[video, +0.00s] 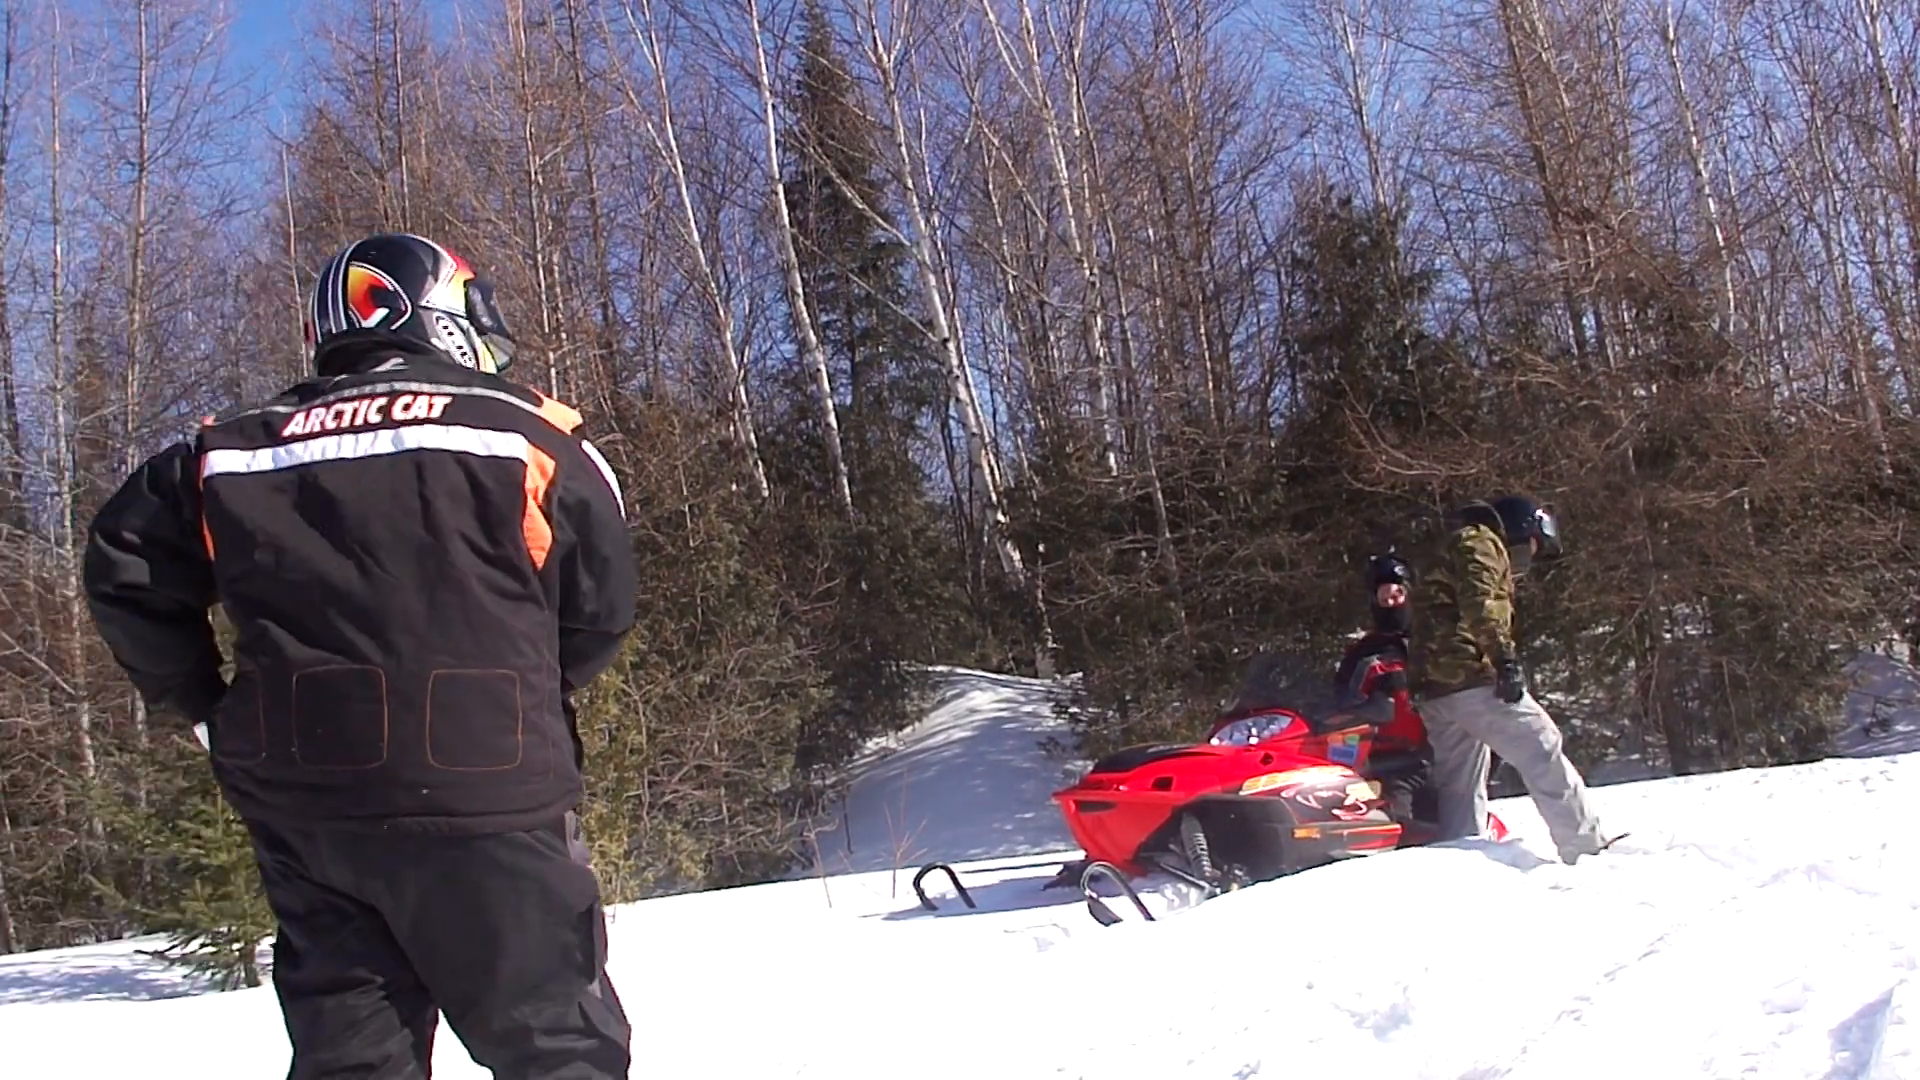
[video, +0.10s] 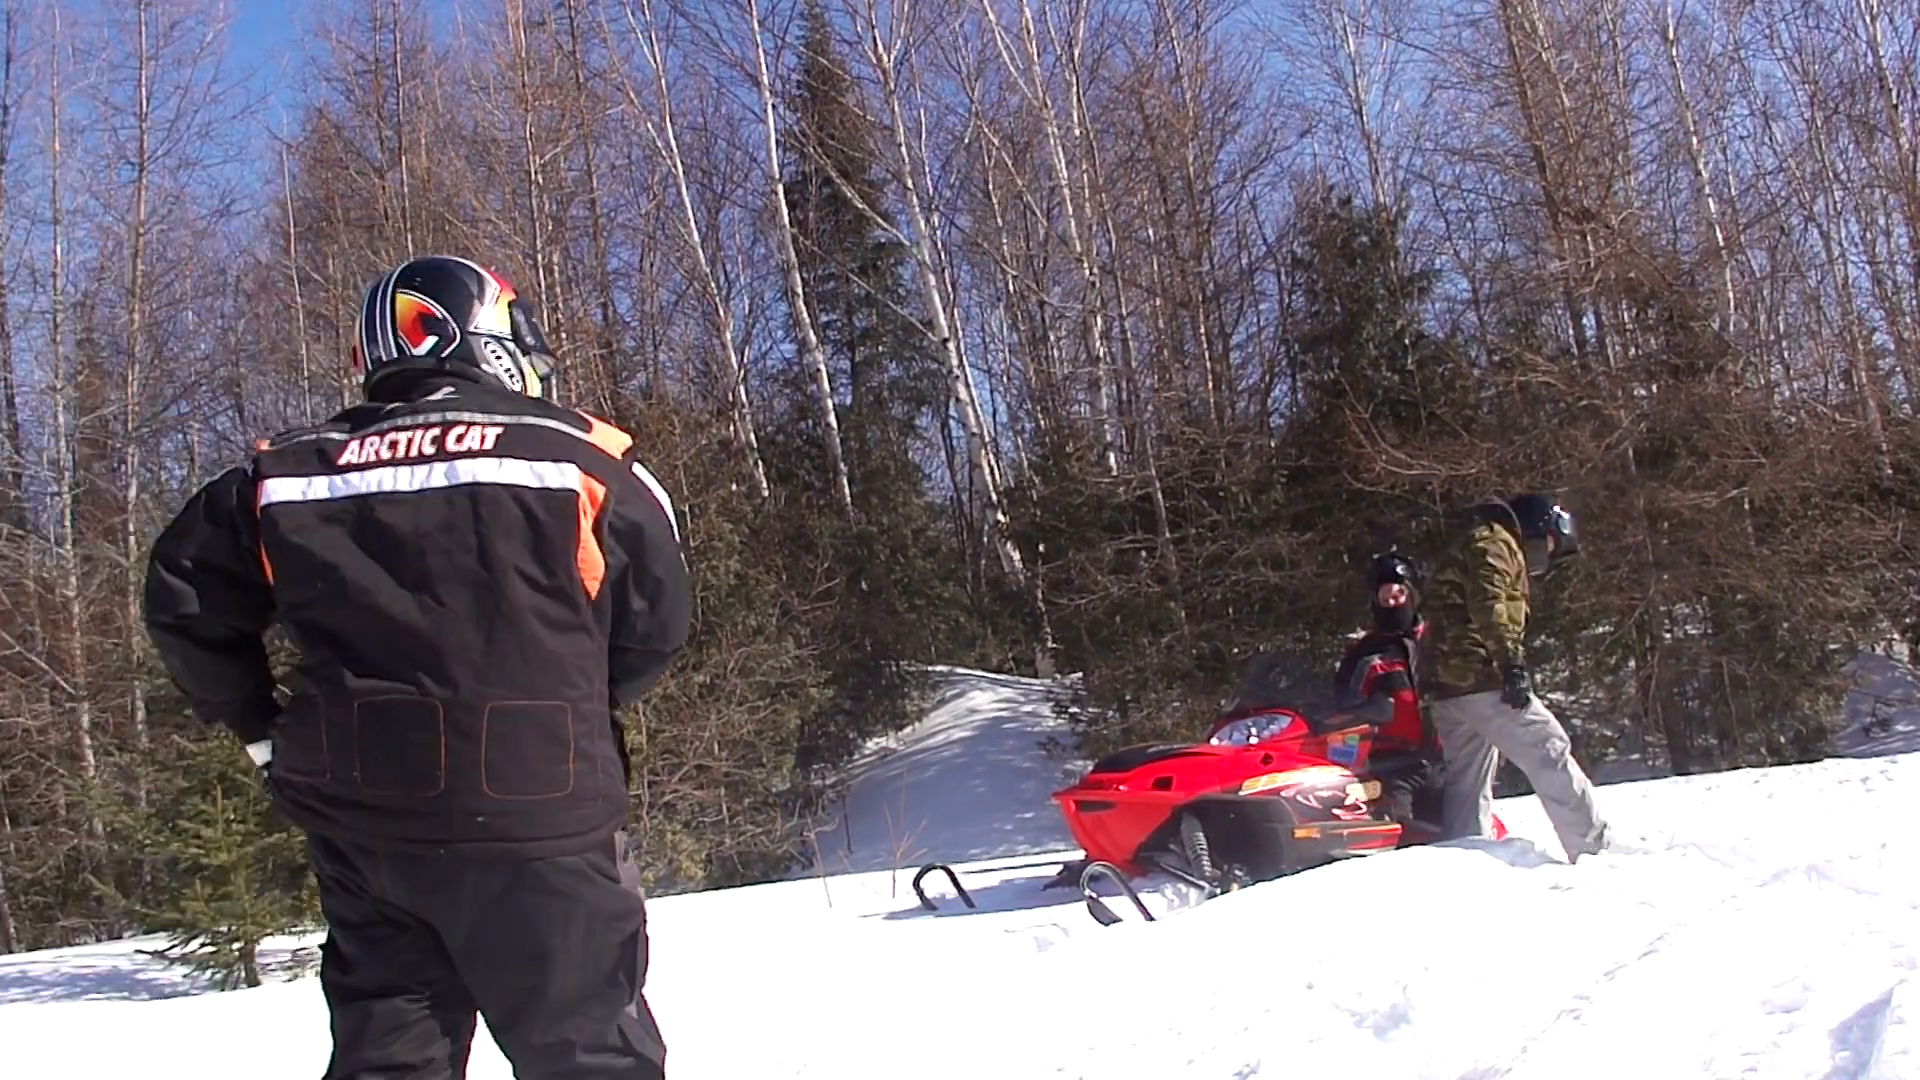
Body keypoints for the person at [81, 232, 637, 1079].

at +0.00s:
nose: (494, 337)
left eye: (488, 317)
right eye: (481, 316)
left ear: (326, 330)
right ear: (454, 320)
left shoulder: (226, 446)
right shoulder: (536, 438)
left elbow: (121, 563)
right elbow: (602, 611)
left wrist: (207, 704)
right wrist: (524, 685)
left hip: (305, 824)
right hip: (489, 814)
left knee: (348, 1055)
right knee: (558, 1048)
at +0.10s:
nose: (539, 358)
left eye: (532, 339)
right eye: (527, 338)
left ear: (374, 355)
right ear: (501, 343)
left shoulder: (284, 468)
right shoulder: (585, 455)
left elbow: (183, 593)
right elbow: (656, 624)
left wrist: (262, 726)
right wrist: (576, 696)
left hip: (359, 829)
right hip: (537, 828)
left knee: (387, 1042)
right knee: (590, 1048)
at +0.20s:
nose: (588, 375)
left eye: (581, 357)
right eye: (578, 356)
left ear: (427, 377)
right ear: (556, 363)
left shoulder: (341, 494)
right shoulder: (642, 479)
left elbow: (256, 627)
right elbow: (698, 646)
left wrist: (330, 753)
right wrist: (611, 701)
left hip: (426, 849)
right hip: (601, 845)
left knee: (443, 1047)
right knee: (648, 1050)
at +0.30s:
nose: (624, 372)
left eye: (617, 355)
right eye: (614, 355)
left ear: (474, 372)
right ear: (594, 362)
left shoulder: (382, 494)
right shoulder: (679, 477)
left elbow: (314, 632)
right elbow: (733, 635)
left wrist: (390, 754)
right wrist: (643, 698)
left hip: (467, 835)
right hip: (638, 826)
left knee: (514, 1035)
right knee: (663, 1047)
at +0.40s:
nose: (647, 371)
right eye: (637, 357)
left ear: (502, 376)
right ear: (620, 362)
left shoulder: (424, 490)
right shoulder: (710, 473)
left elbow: (355, 631)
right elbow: (759, 624)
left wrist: (433, 745)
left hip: (512, 824)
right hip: (671, 818)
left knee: (568, 1006)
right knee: (665, 1033)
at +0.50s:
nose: (670, 382)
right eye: (662, 368)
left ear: (529, 388)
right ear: (645, 374)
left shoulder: (461, 498)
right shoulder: (737, 485)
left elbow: (391, 629)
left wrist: (455, 754)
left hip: (543, 812)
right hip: (694, 807)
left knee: (623, 1002)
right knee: (675, 1027)